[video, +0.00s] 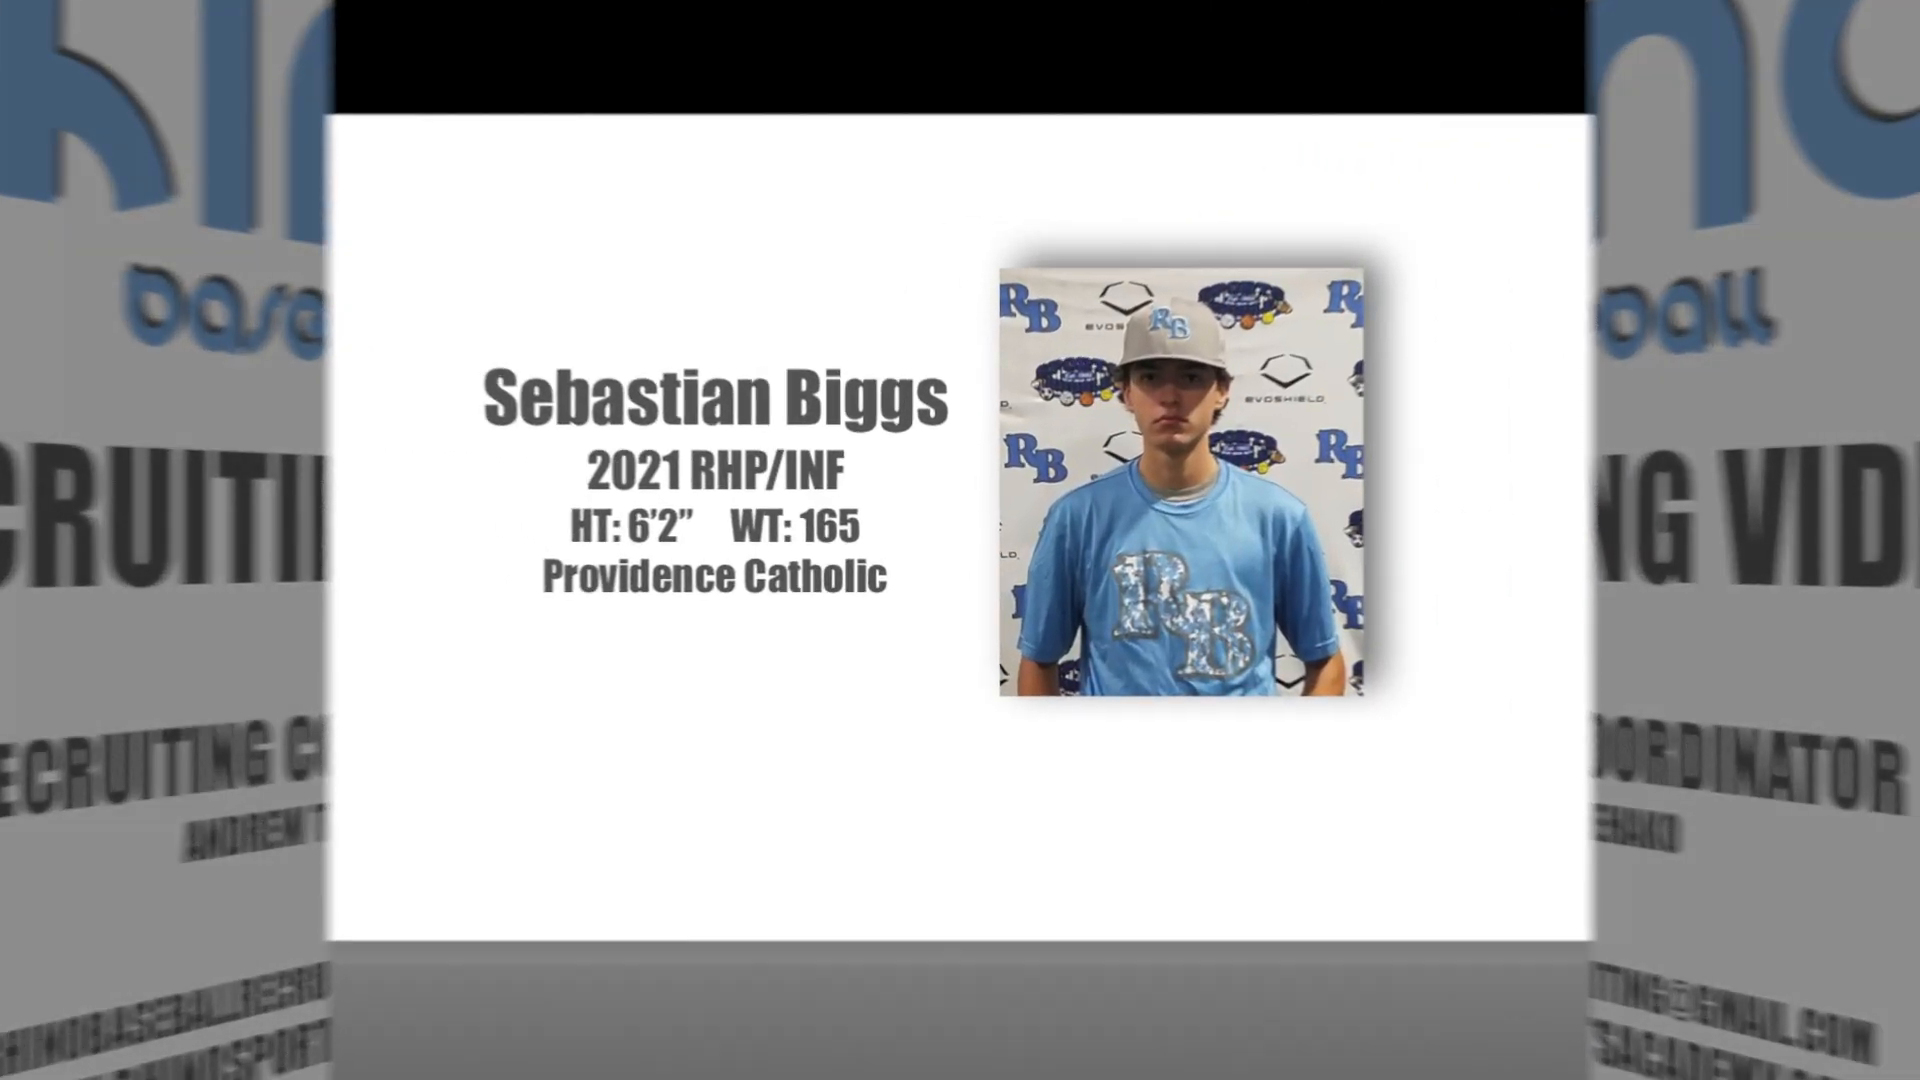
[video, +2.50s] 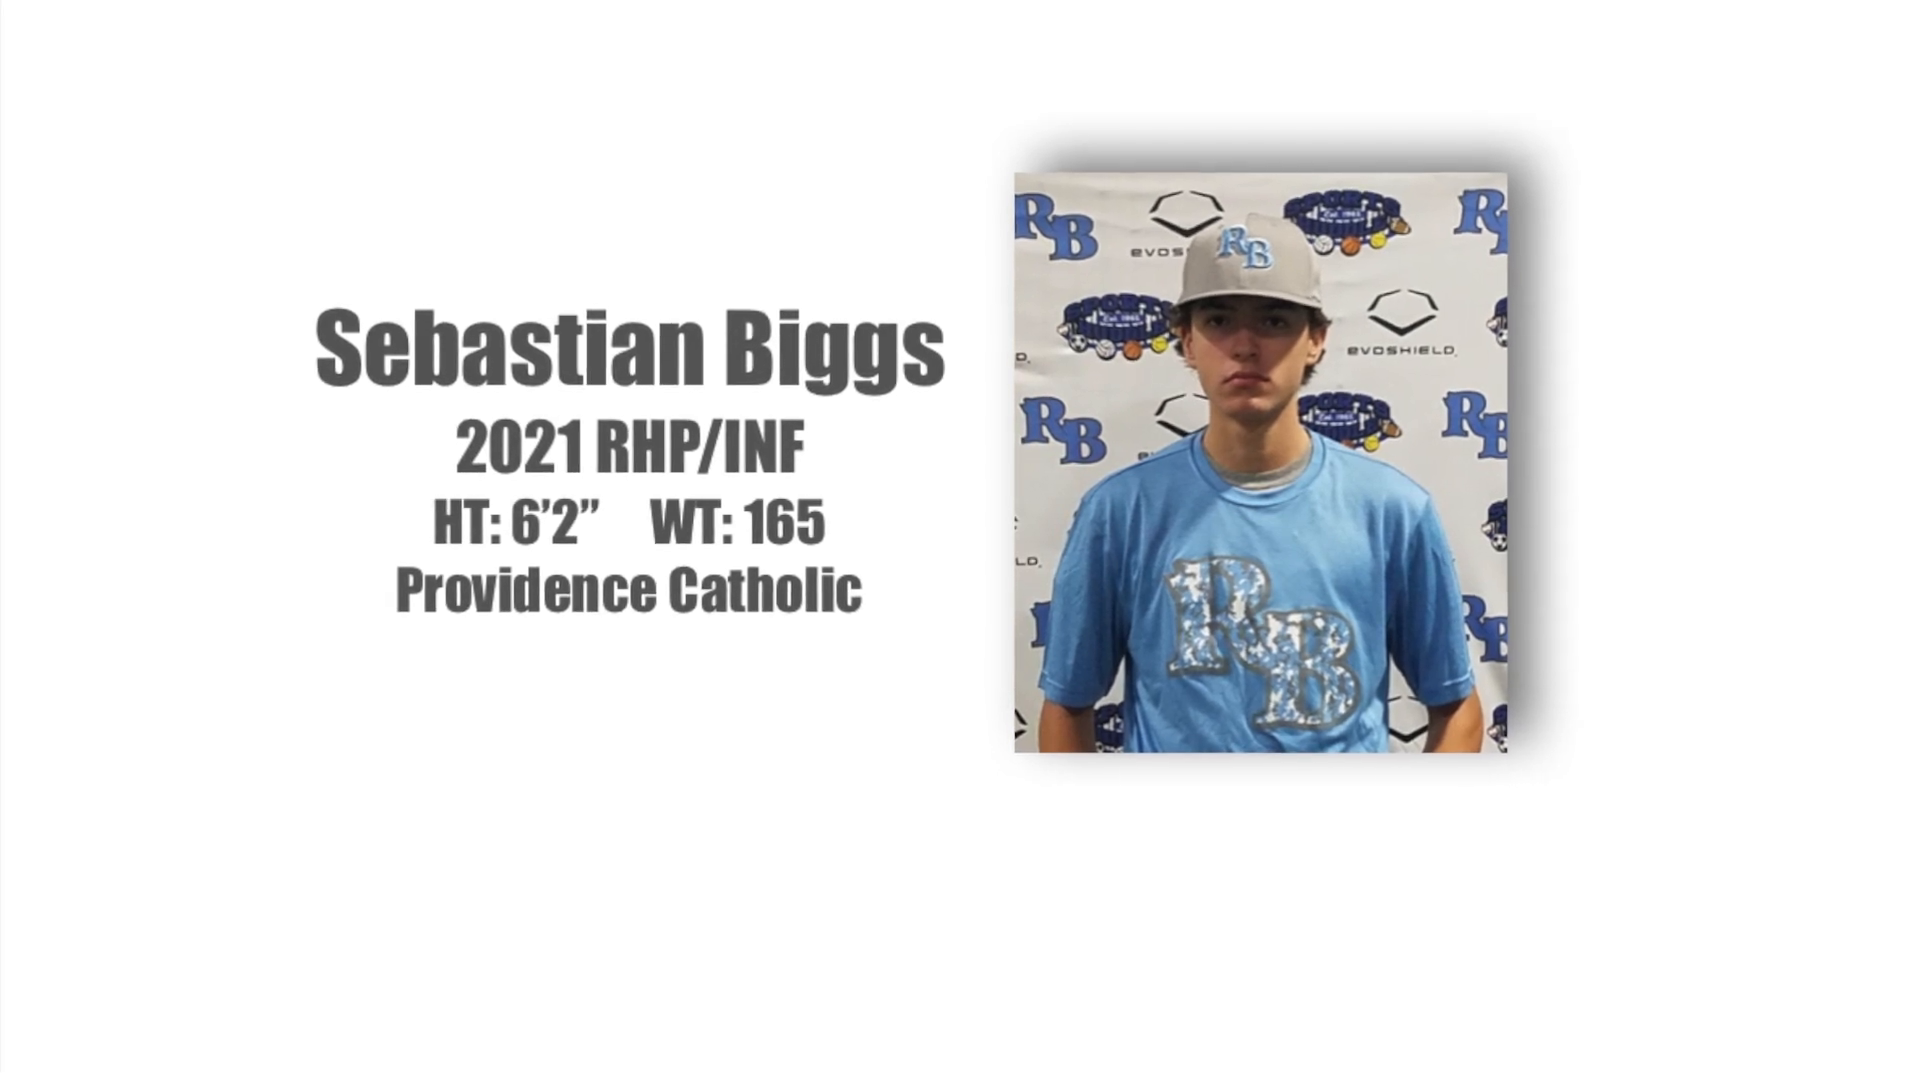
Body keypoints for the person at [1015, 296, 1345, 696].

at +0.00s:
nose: (1170, 395)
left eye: (1191, 377)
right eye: (1152, 377)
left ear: (1220, 393)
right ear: (1127, 393)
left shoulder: (1280, 518)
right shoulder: (1075, 520)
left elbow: (1327, 663)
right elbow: (1039, 665)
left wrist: (1297, 753)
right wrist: (1041, 756)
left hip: (1247, 749)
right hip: (1115, 748)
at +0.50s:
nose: (1216, 364)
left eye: (1241, 341)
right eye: (1195, 342)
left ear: (1277, 361)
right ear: (1163, 363)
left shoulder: (1349, 513)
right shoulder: (1100, 515)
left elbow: (1407, 690)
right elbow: (1056, 693)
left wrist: (1370, 797)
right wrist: (1066, 802)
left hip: (1311, 793)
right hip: (1149, 793)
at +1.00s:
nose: (1239, 349)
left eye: (1266, 325)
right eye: (1216, 325)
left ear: (1306, 345)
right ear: (1181, 345)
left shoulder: (1385, 511)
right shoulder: (1113, 513)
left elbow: (1446, 704)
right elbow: (1065, 705)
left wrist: (1407, 821)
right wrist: (1073, 824)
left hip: (1341, 820)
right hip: (1164, 819)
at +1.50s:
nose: (1241, 347)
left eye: (1269, 323)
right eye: (1218, 323)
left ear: (1309, 345)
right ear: (1183, 345)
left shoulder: (1388, 510)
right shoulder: (1114, 513)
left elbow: (1450, 706)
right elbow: (1066, 708)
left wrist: (1412, 820)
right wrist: (1075, 826)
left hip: (1346, 817)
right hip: (1167, 817)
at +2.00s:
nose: (1243, 346)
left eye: (1271, 322)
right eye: (1220, 322)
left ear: (1311, 343)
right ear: (1185, 343)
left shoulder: (1392, 511)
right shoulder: (1116, 513)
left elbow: (1454, 707)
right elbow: (1067, 709)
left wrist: (1414, 823)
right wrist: (1079, 828)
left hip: (1348, 820)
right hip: (1169, 820)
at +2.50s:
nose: (1245, 345)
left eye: (1273, 321)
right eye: (1221, 321)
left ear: (1314, 342)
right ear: (1187, 342)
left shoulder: (1394, 511)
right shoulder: (1117, 513)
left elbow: (1457, 708)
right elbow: (1067, 711)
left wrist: (1420, 827)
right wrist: (1076, 832)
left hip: (1351, 823)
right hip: (1171, 823)